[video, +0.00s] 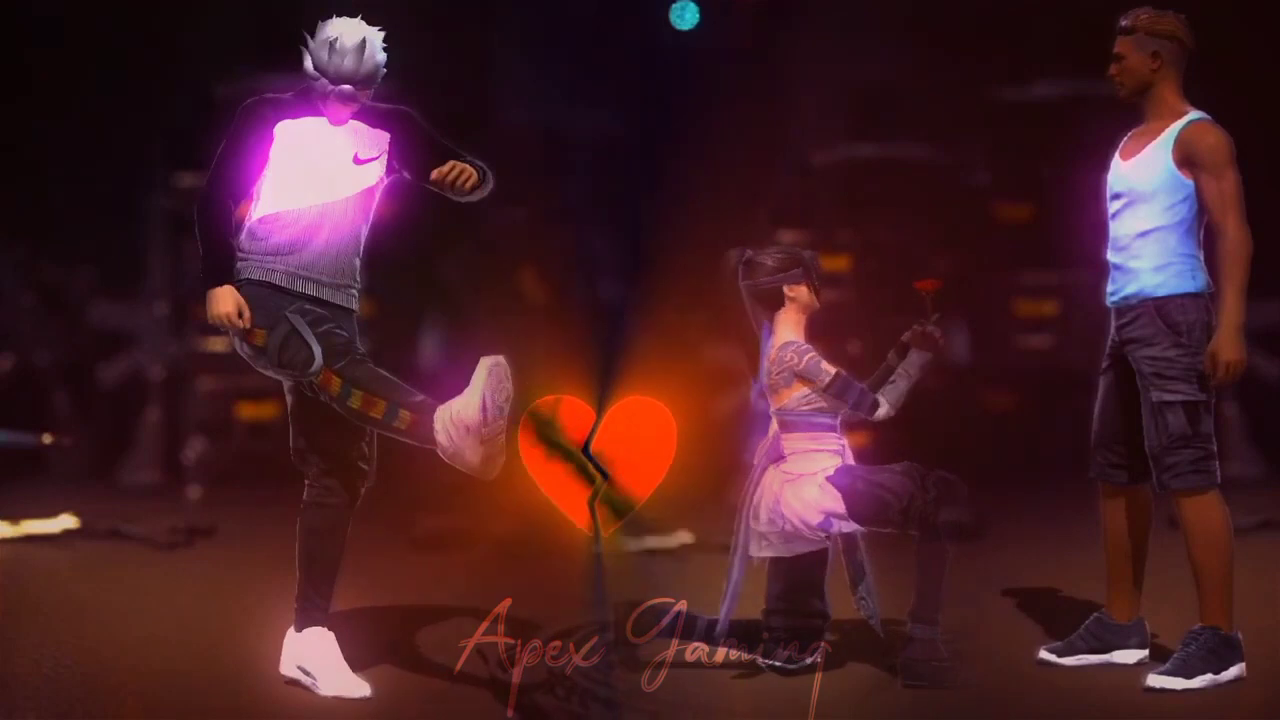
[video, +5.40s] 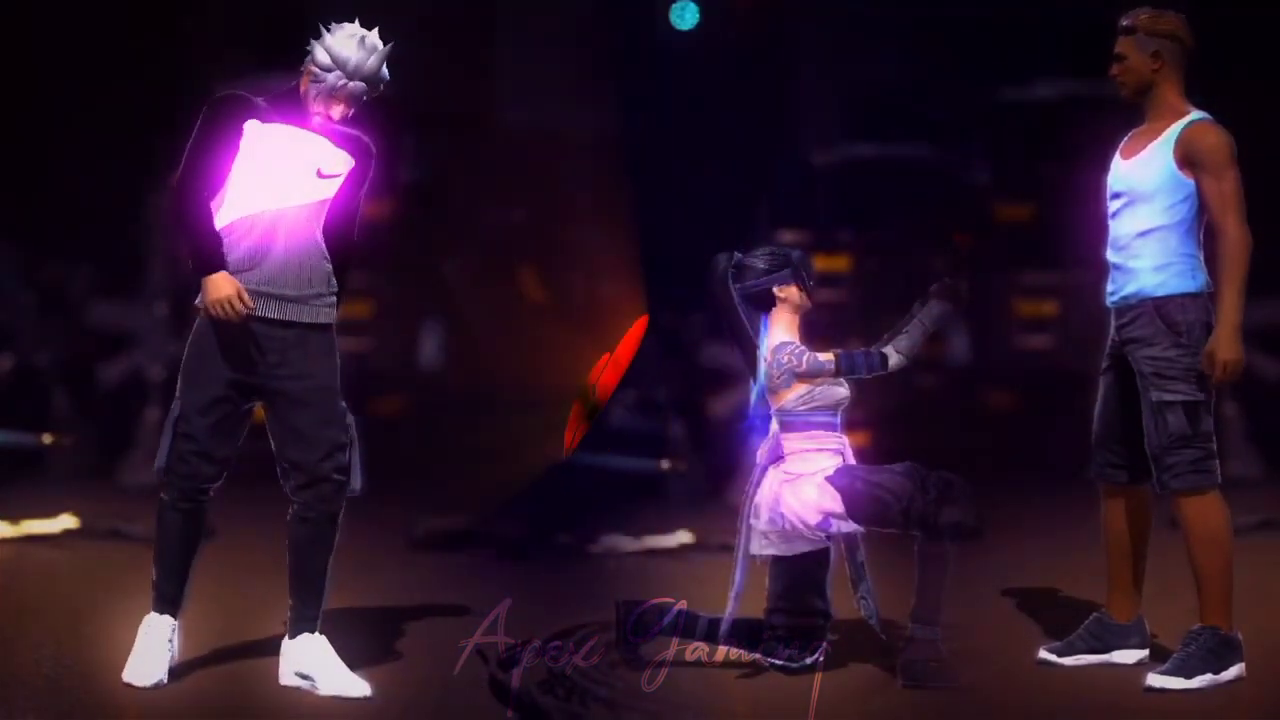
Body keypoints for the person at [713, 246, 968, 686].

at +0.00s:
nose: (815, 288)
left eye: (811, 280)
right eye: (808, 281)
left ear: (786, 293)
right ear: (788, 291)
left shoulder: (784, 350)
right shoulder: (794, 352)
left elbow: (862, 399)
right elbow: (879, 407)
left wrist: (902, 351)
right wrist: (920, 355)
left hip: (795, 480)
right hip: (810, 485)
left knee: (796, 637)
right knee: (942, 496)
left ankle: (678, 624)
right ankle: (924, 646)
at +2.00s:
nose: (811, 292)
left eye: (807, 283)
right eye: (803, 283)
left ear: (782, 294)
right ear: (782, 292)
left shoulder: (782, 351)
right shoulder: (789, 355)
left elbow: (878, 363)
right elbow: (888, 363)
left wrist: (923, 320)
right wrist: (934, 316)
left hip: (795, 484)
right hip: (809, 486)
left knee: (796, 644)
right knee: (944, 496)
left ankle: (676, 624)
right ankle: (923, 650)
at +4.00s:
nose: (808, 290)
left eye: (803, 282)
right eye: (800, 283)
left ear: (779, 293)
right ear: (780, 291)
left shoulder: (782, 350)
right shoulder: (787, 354)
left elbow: (879, 359)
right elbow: (885, 360)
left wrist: (928, 310)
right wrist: (938, 307)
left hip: (797, 484)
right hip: (809, 486)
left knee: (795, 645)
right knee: (942, 497)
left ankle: (675, 624)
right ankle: (923, 650)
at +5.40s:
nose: (806, 288)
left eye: (802, 280)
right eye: (797, 280)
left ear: (779, 292)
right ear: (778, 291)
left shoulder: (791, 352)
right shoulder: (785, 353)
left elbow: (881, 359)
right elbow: (883, 359)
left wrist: (933, 305)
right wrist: (938, 305)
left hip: (804, 485)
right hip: (807, 486)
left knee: (796, 647)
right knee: (942, 499)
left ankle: (663, 619)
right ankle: (923, 653)